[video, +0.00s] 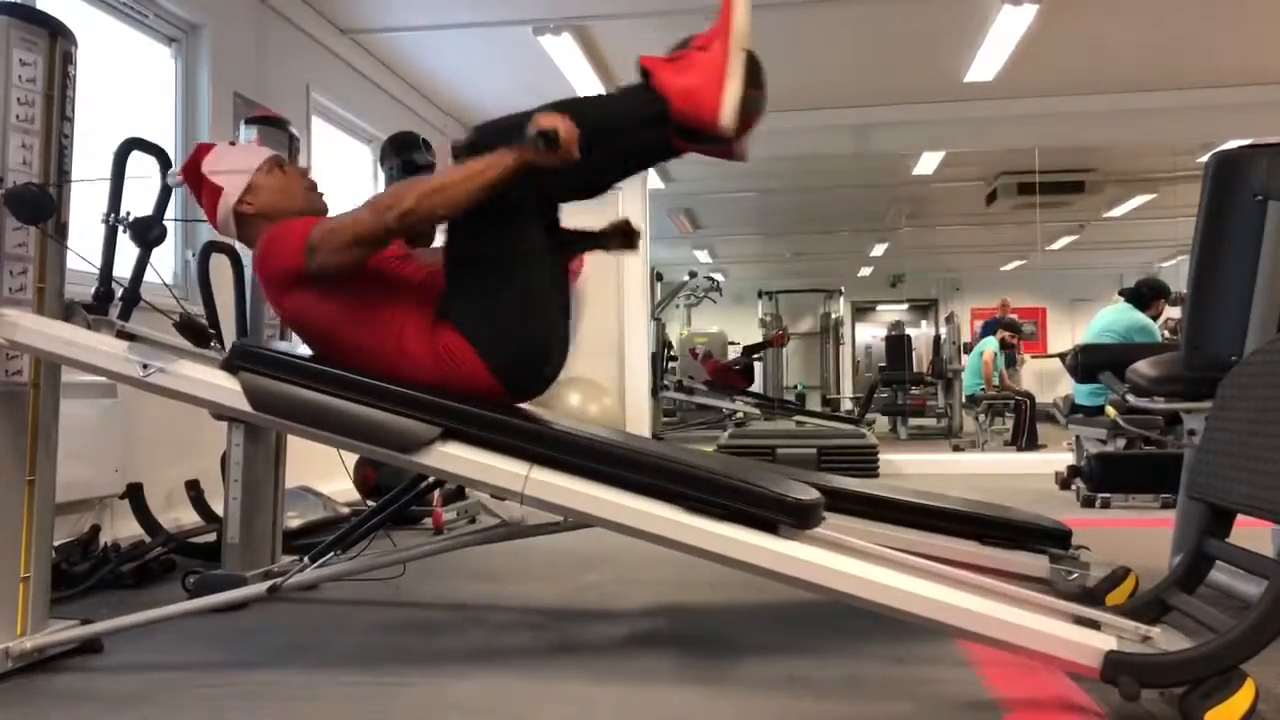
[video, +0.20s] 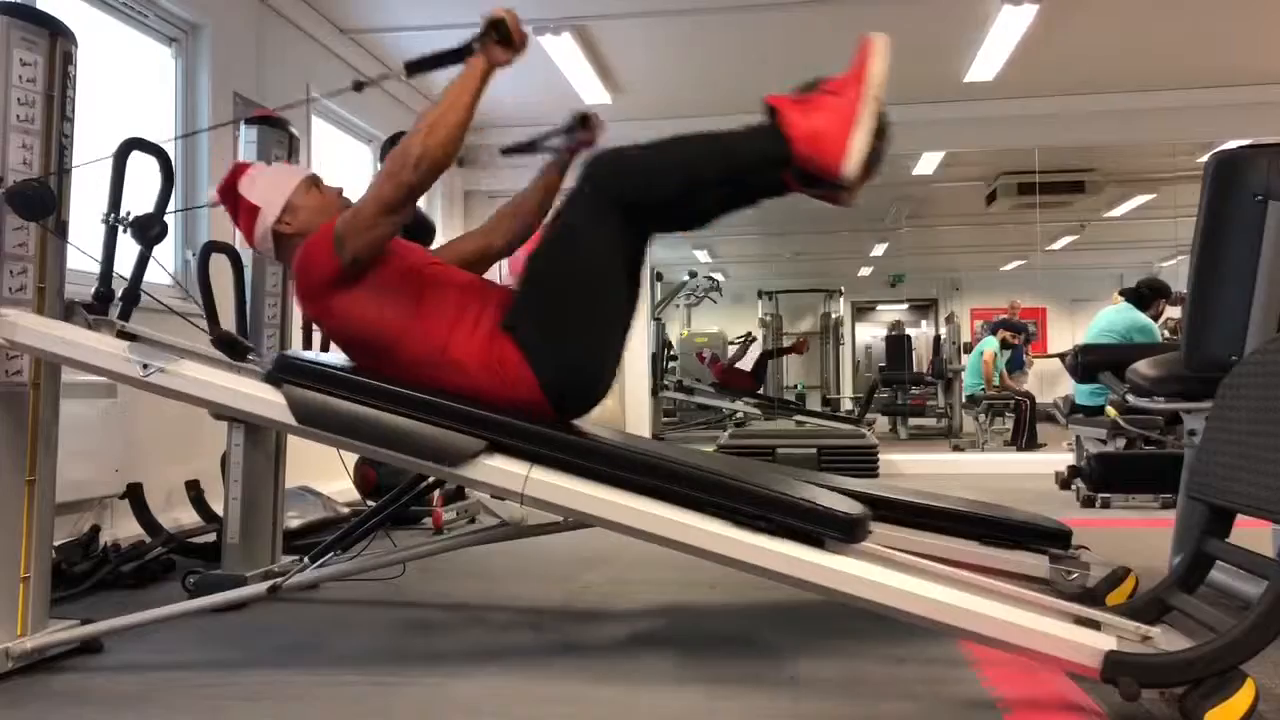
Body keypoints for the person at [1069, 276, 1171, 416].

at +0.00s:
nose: (1163, 309)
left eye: (1165, 305)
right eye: (1164, 305)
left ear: (1136, 295)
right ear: (1160, 304)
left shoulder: (1108, 311)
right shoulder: (1144, 324)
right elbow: (1158, 368)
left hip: (1081, 398)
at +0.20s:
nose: (1163, 310)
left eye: (1165, 305)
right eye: (1165, 305)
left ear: (1138, 295)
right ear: (1160, 304)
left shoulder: (1108, 311)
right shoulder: (1144, 325)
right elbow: (1158, 369)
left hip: (1082, 397)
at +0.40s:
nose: (1165, 312)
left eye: (1168, 307)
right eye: (1167, 307)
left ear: (1140, 296)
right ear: (1159, 304)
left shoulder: (1108, 311)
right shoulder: (1144, 324)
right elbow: (1157, 368)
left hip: (1082, 395)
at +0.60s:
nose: (1166, 313)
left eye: (1169, 308)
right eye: (1167, 307)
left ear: (1140, 297)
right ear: (1160, 304)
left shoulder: (1108, 312)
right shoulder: (1144, 325)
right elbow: (1158, 369)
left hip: (1083, 397)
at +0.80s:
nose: (1166, 312)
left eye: (1169, 307)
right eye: (1167, 306)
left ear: (1140, 296)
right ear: (1160, 303)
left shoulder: (1108, 311)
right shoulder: (1143, 324)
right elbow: (1157, 369)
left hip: (1083, 396)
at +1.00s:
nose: (1166, 311)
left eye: (1169, 306)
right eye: (1167, 305)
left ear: (1138, 296)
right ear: (1158, 303)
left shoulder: (1108, 311)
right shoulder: (1143, 325)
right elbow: (1155, 370)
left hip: (1082, 396)